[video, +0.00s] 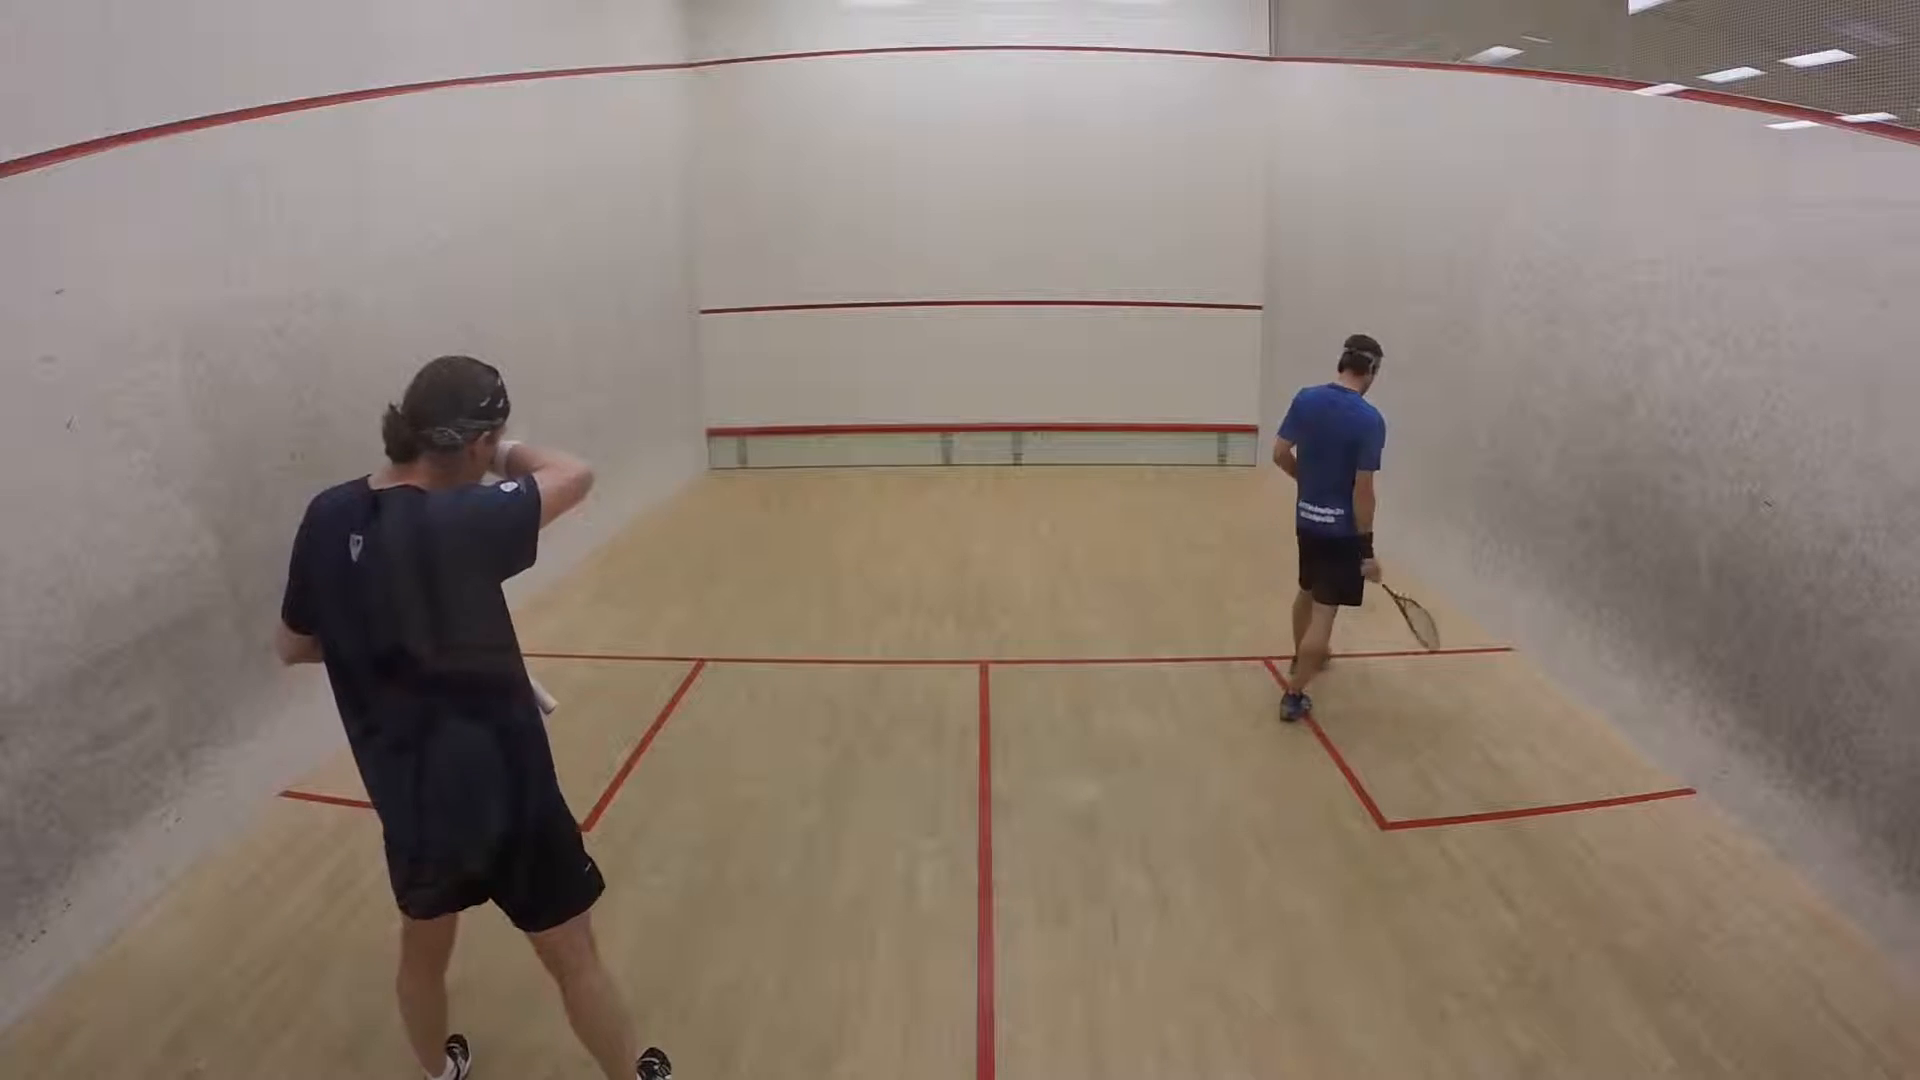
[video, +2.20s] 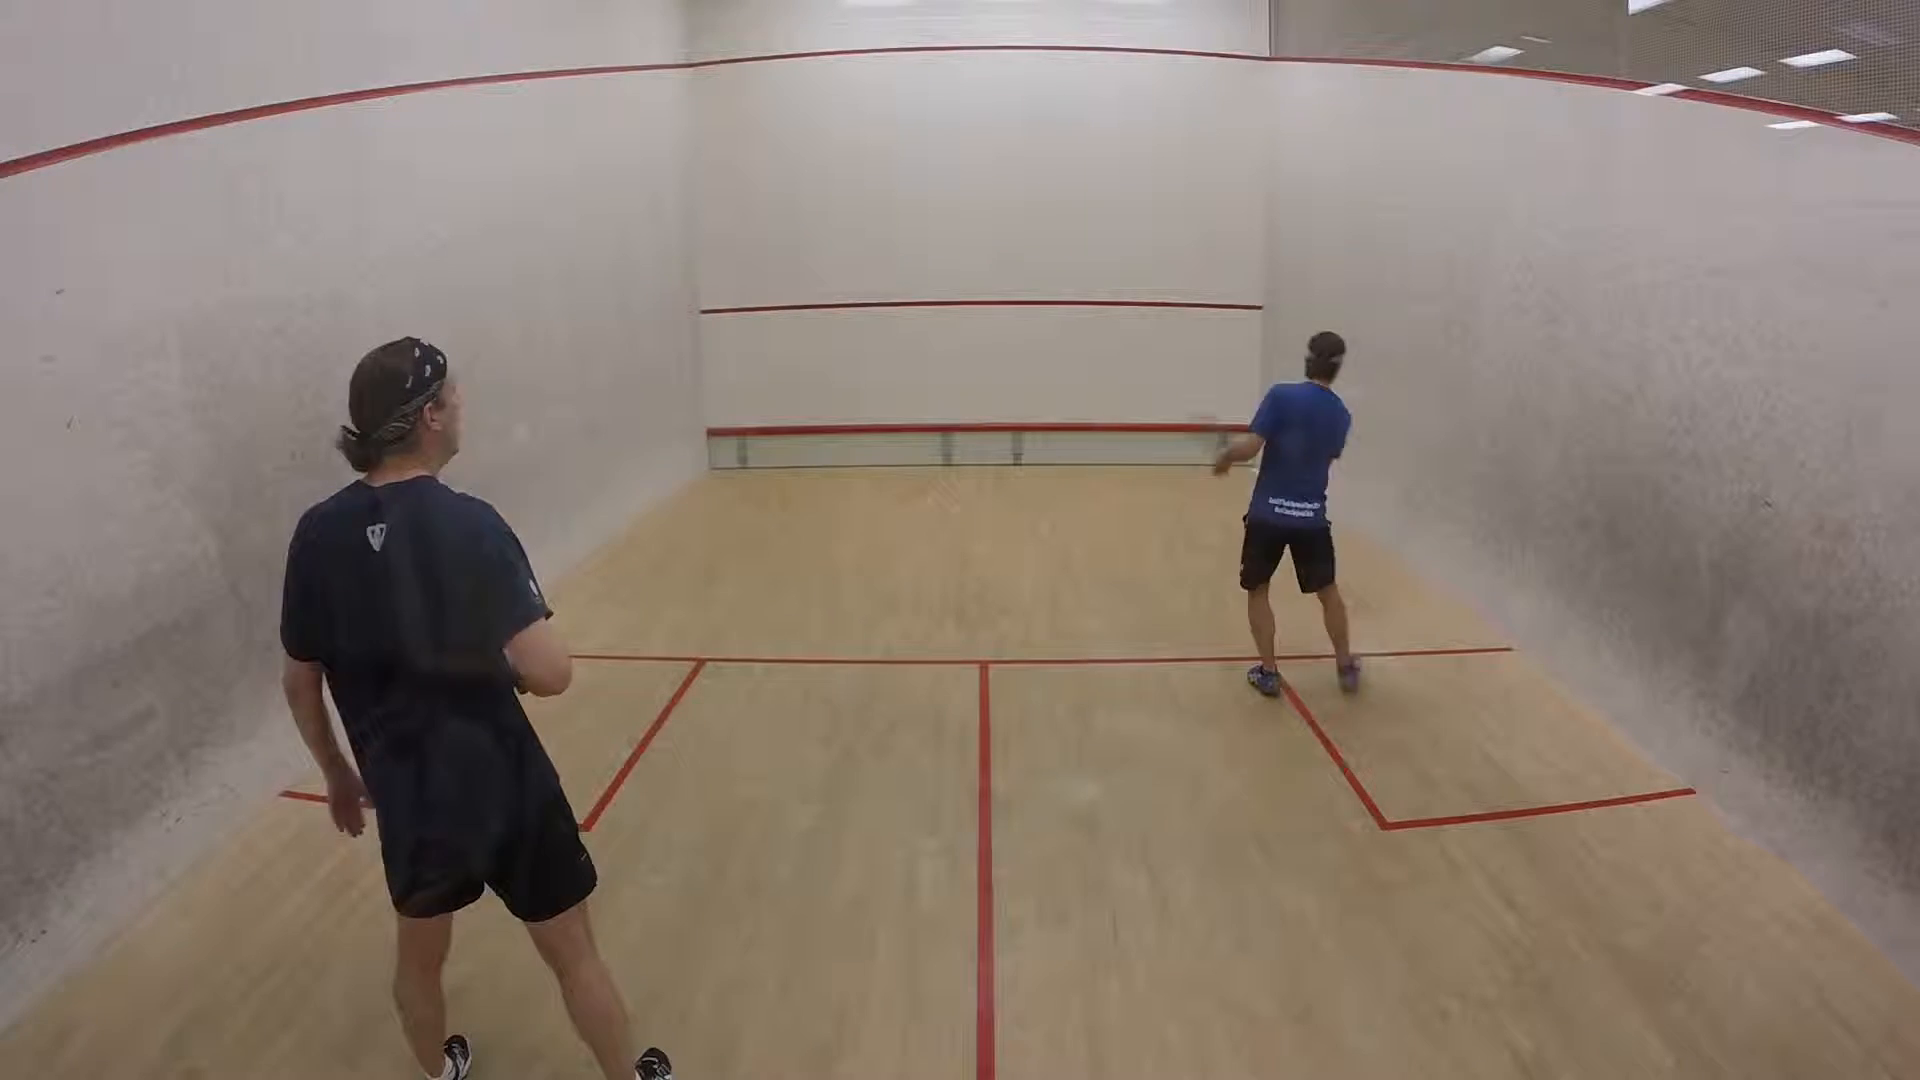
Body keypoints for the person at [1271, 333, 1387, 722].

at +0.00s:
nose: (1373, 379)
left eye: (1370, 371)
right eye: (1374, 372)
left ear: (1340, 364)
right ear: (1371, 372)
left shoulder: (1307, 398)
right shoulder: (1369, 420)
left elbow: (1281, 452)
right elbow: (1363, 490)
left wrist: (1309, 480)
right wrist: (1367, 548)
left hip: (1306, 522)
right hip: (1340, 530)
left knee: (1307, 592)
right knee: (1322, 614)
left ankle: (1302, 660)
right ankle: (1293, 695)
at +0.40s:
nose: (1395, 371)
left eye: (1396, 363)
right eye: (1393, 362)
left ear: (1364, 358)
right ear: (1376, 360)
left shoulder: (1339, 388)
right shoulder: (1358, 404)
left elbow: (1357, 437)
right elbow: (1340, 467)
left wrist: (1388, 461)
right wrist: (1370, 515)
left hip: (1322, 504)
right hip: (1348, 510)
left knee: (1322, 577)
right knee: (1381, 585)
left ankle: (1305, 655)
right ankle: (1341, 662)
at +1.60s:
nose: (1440, 392)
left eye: (1442, 385)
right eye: (1442, 386)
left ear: (1411, 373)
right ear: (1436, 386)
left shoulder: (1386, 399)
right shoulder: (1401, 418)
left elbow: (1371, 455)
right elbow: (1399, 488)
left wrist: (1404, 474)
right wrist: (1453, 510)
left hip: (1334, 507)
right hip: (1359, 522)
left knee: (1333, 582)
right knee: (1373, 599)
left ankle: (1279, 640)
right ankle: (1367, 677)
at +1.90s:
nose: (1407, 390)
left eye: (1406, 383)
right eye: (1408, 384)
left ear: (1375, 375)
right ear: (1404, 386)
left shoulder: (1344, 398)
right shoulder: (1386, 432)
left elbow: (1310, 434)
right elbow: (1397, 501)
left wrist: (1344, 455)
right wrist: (1448, 514)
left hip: (1299, 510)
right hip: (1338, 525)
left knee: (1288, 585)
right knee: (1356, 601)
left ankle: (1269, 665)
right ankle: (1364, 676)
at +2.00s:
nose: (1388, 387)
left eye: (1386, 380)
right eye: (1388, 381)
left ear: (1354, 374)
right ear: (1383, 384)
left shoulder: (1319, 396)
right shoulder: (1374, 434)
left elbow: (1277, 439)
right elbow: (1378, 497)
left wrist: (1299, 461)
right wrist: (1421, 514)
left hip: (1286, 513)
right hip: (1327, 526)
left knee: (1277, 588)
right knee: (1346, 602)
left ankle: (1269, 671)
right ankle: (1363, 676)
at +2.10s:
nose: (1363, 380)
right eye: (1364, 376)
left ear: (1330, 369)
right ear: (1361, 378)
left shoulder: (1296, 396)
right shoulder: (1361, 428)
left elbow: (1259, 441)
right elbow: (1344, 487)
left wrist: (1256, 469)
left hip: (1272, 520)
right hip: (1316, 527)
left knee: (1264, 590)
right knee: (1340, 601)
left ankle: (1268, 672)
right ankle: (1358, 673)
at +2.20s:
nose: (1325, 364)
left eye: (1314, 355)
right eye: (1332, 360)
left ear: (1307, 359)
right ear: (1338, 366)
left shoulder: (1281, 395)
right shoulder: (1340, 413)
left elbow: (1250, 446)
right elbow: (1330, 456)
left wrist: (1225, 459)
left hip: (1267, 518)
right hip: (1311, 521)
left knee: (1258, 590)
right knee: (1328, 591)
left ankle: (1269, 672)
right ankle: (1346, 665)